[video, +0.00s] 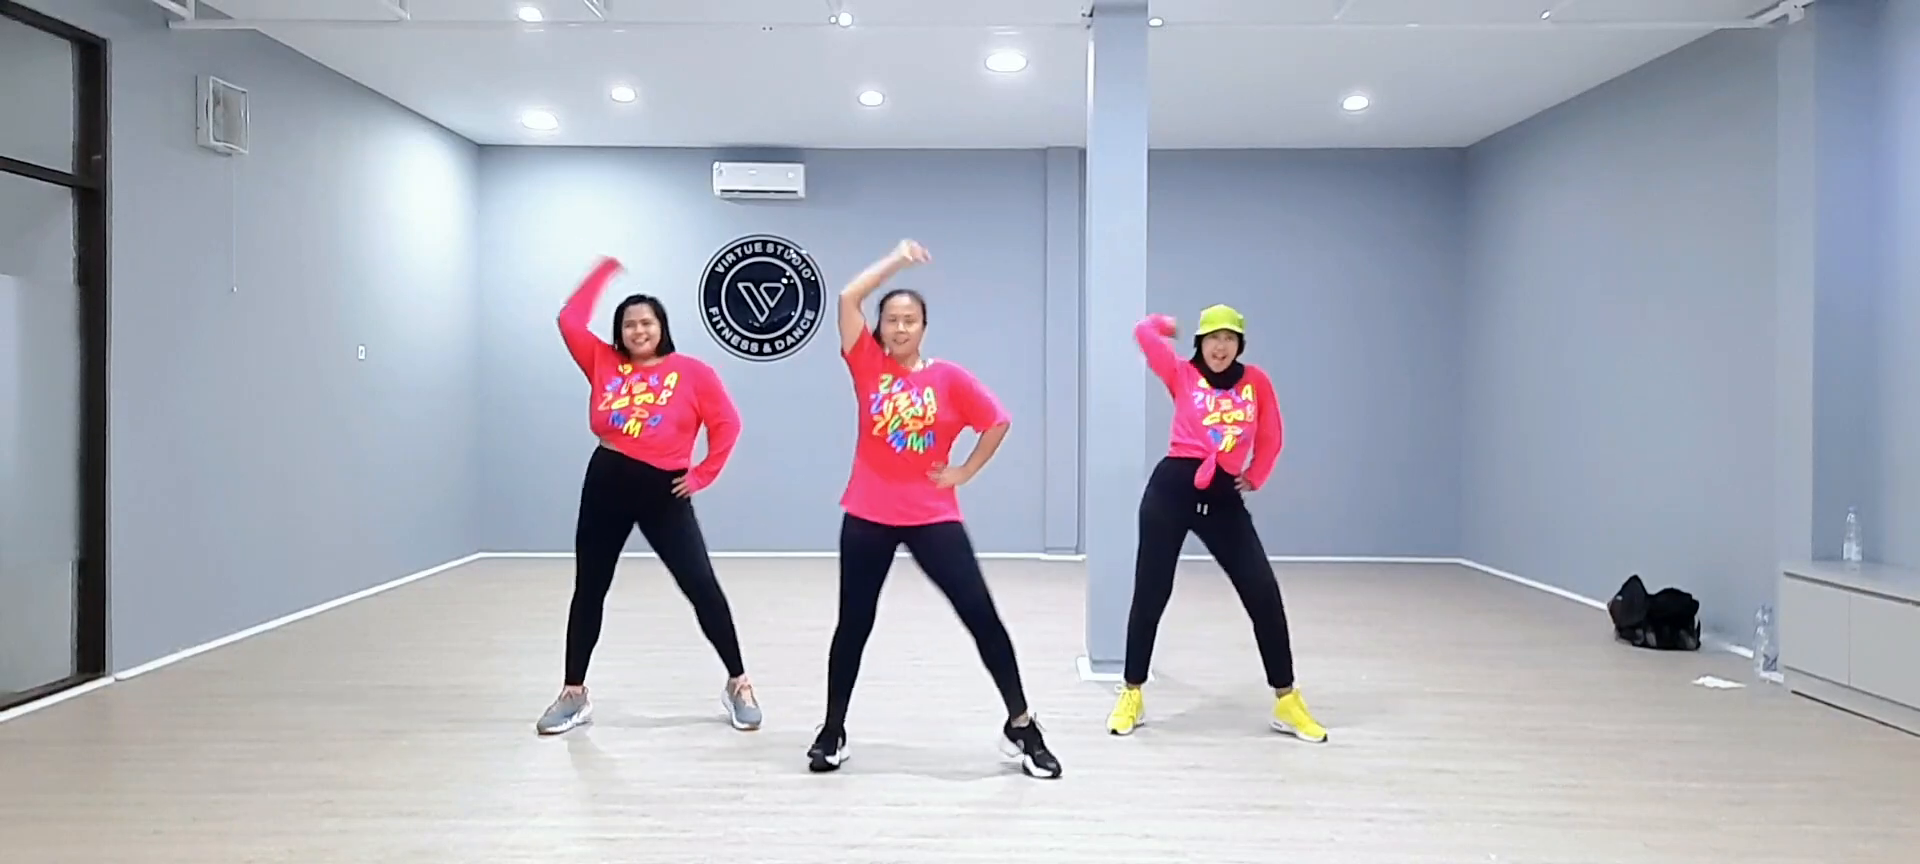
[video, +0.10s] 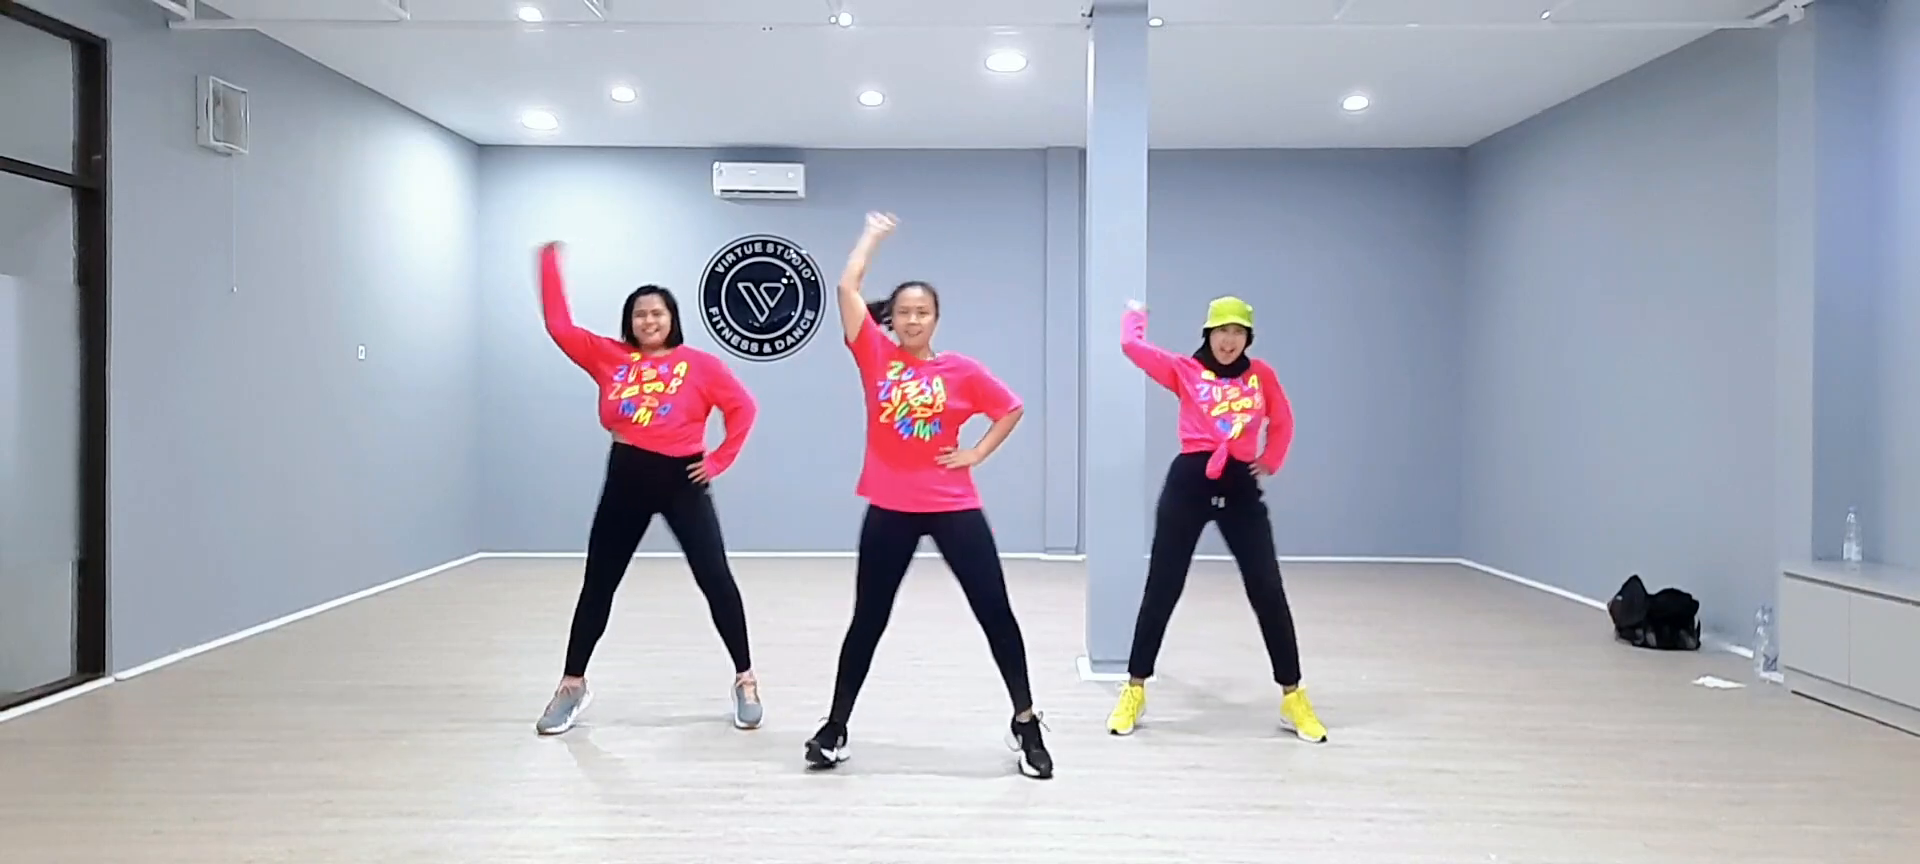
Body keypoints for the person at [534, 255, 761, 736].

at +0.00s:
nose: (638, 329)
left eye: (646, 322)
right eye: (629, 324)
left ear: (662, 329)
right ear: (619, 332)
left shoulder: (691, 372)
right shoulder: (604, 364)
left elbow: (728, 425)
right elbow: (570, 321)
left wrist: (703, 474)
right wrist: (600, 273)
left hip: (663, 489)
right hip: (606, 482)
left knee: (702, 585)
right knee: (589, 588)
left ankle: (739, 684)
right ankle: (573, 691)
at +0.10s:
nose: (649, 320)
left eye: (658, 313)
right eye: (640, 314)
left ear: (673, 320)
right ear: (629, 323)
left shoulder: (698, 364)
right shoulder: (609, 358)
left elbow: (744, 407)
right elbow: (559, 324)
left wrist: (722, 458)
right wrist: (550, 260)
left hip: (684, 480)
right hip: (627, 477)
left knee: (715, 578)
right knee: (598, 581)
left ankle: (746, 681)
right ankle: (571, 685)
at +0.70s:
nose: (634, 338)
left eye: (642, 332)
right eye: (626, 332)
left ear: (659, 339)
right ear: (616, 342)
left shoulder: (686, 383)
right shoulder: (602, 381)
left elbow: (712, 440)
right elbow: (547, 380)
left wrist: (689, 497)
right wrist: (580, 335)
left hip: (655, 498)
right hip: (599, 492)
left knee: (688, 592)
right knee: (583, 592)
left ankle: (731, 688)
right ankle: (581, 687)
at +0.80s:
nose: (634, 334)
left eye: (643, 328)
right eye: (627, 328)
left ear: (658, 336)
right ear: (616, 337)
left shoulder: (686, 379)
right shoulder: (598, 379)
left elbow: (716, 431)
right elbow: (554, 389)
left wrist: (709, 491)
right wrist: (577, 343)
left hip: (657, 495)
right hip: (601, 489)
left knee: (689, 588)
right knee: (585, 590)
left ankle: (734, 685)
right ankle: (581, 686)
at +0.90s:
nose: (643, 315)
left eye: (653, 309)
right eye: (635, 308)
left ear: (667, 318)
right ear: (624, 319)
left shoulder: (691, 359)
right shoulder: (608, 358)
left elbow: (730, 395)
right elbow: (570, 390)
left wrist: (732, 450)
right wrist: (595, 343)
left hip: (674, 475)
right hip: (618, 474)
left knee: (698, 572)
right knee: (600, 576)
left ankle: (731, 678)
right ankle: (582, 676)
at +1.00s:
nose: (655, 312)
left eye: (664, 307)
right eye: (647, 306)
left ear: (679, 317)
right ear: (633, 316)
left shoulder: (704, 355)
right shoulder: (616, 359)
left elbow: (734, 397)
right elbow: (585, 414)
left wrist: (741, 451)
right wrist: (605, 370)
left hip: (693, 470)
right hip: (636, 471)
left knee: (703, 575)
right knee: (613, 571)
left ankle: (705, 679)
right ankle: (626, 667)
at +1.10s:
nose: (668, 325)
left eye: (677, 319)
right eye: (660, 319)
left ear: (691, 329)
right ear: (647, 328)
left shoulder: (715, 376)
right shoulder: (625, 378)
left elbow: (736, 430)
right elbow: (597, 432)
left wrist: (751, 472)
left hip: (704, 491)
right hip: (648, 490)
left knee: (704, 593)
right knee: (639, 593)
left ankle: (699, 691)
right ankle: (638, 671)